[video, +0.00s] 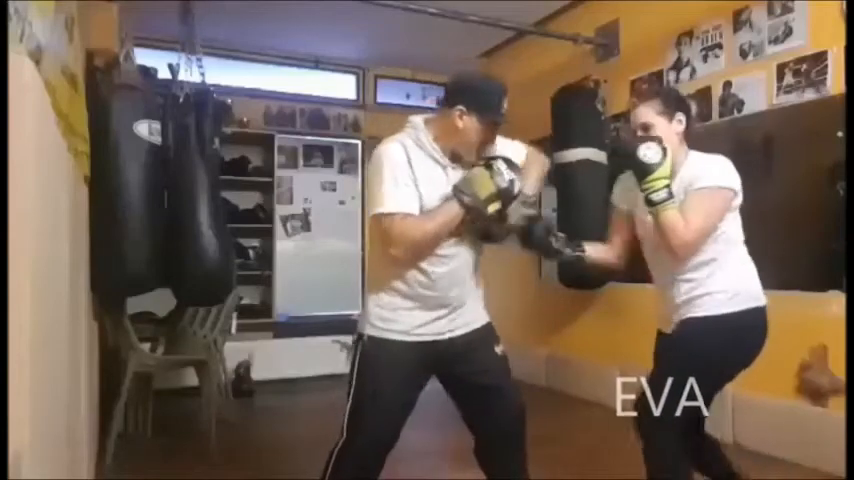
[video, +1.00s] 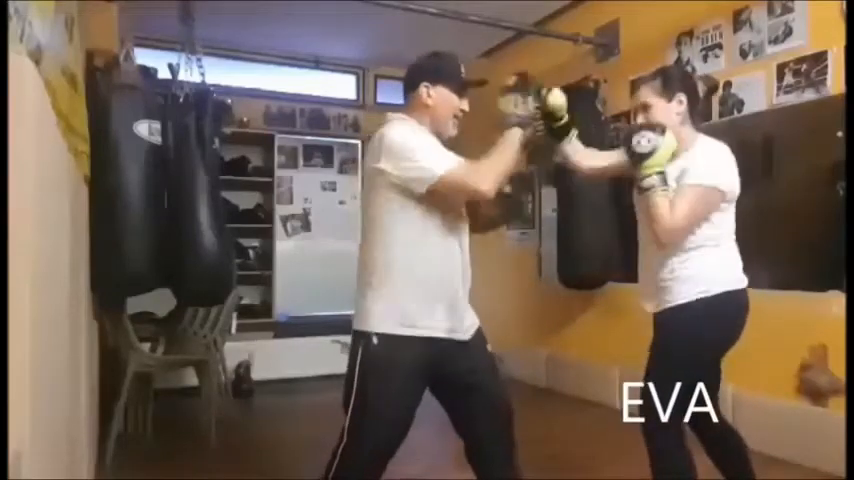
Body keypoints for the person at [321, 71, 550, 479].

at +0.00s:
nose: (494, 137)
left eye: (495, 127)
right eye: (489, 126)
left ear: (463, 118)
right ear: (460, 118)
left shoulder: (476, 149)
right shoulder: (393, 154)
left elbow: (534, 158)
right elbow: (401, 246)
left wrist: (522, 201)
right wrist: (466, 200)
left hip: (465, 323)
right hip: (396, 330)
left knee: (505, 425)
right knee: (364, 447)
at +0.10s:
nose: (472, 127)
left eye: (475, 117)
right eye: (468, 115)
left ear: (442, 110)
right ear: (439, 108)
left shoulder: (461, 150)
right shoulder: (379, 152)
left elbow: (513, 163)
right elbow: (395, 242)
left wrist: (494, 208)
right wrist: (458, 195)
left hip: (458, 321)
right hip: (391, 329)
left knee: (501, 421)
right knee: (364, 448)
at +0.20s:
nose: (458, 120)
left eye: (460, 110)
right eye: (453, 107)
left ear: (430, 104)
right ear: (423, 101)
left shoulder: (443, 150)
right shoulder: (374, 152)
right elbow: (411, 231)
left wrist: (476, 205)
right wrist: (464, 187)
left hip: (451, 323)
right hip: (387, 331)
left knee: (495, 426)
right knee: (361, 449)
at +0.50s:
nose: (453, 108)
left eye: (453, 98)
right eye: (446, 96)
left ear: (417, 97)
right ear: (414, 94)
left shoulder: (438, 149)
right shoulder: (371, 149)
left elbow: (457, 209)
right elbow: (420, 214)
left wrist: (504, 183)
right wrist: (476, 165)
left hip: (449, 327)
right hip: (382, 333)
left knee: (488, 429)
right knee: (359, 450)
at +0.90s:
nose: (470, 111)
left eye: (470, 101)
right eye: (463, 98)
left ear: (434, 99)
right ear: (432, 95)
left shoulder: (436, 152)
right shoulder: (399, 140)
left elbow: (476, 218)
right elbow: (471, 202)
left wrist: (521, 185)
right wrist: (521, 155)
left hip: (454, 329)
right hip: (393, 334)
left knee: (493, 434)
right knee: (363, 457)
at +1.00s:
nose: (464, 107)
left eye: (464, 97)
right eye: (457, 95)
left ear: (428, 96)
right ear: (426, 93)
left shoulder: (438, 152)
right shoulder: (396, 137)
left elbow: (476, 216)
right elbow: (479, 182)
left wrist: (517, 181)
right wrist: (514, 134)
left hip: (453, 328)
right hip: (393, 330)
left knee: (493, 436)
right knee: (363, 456)